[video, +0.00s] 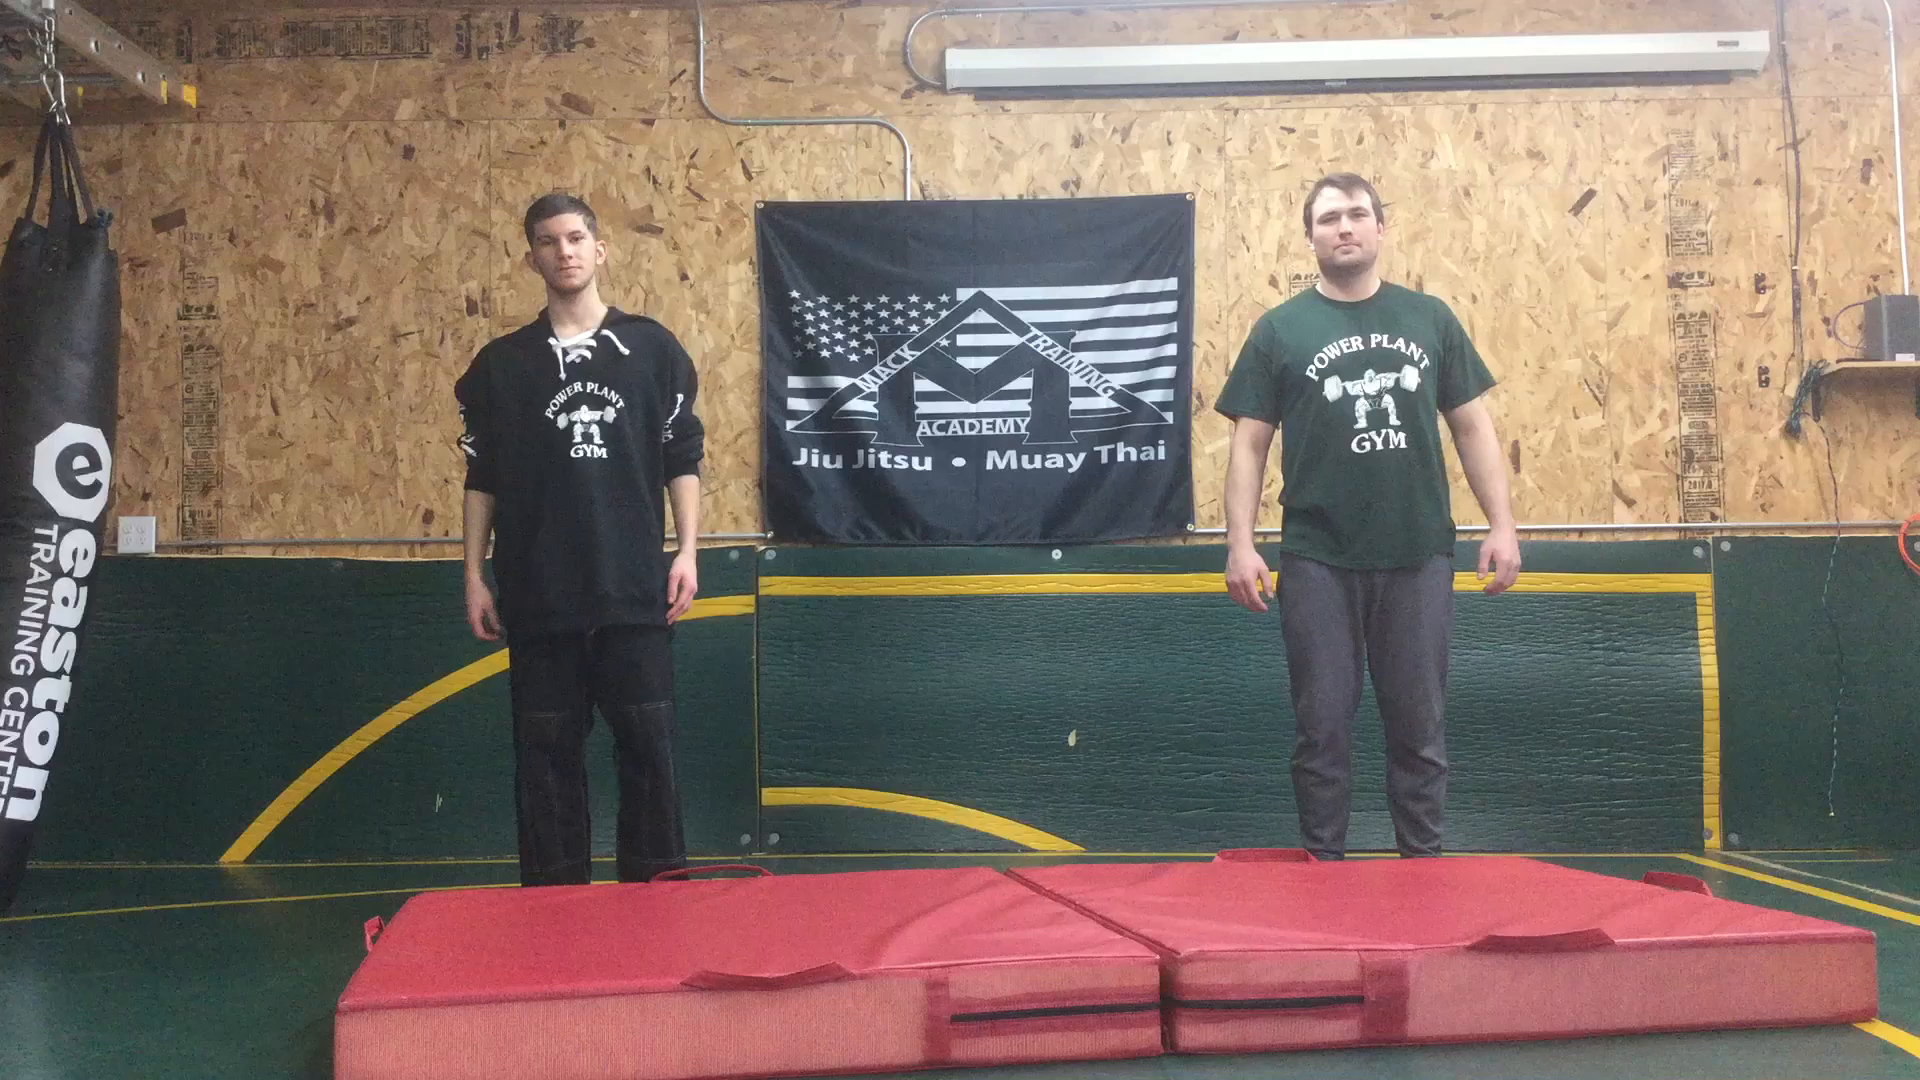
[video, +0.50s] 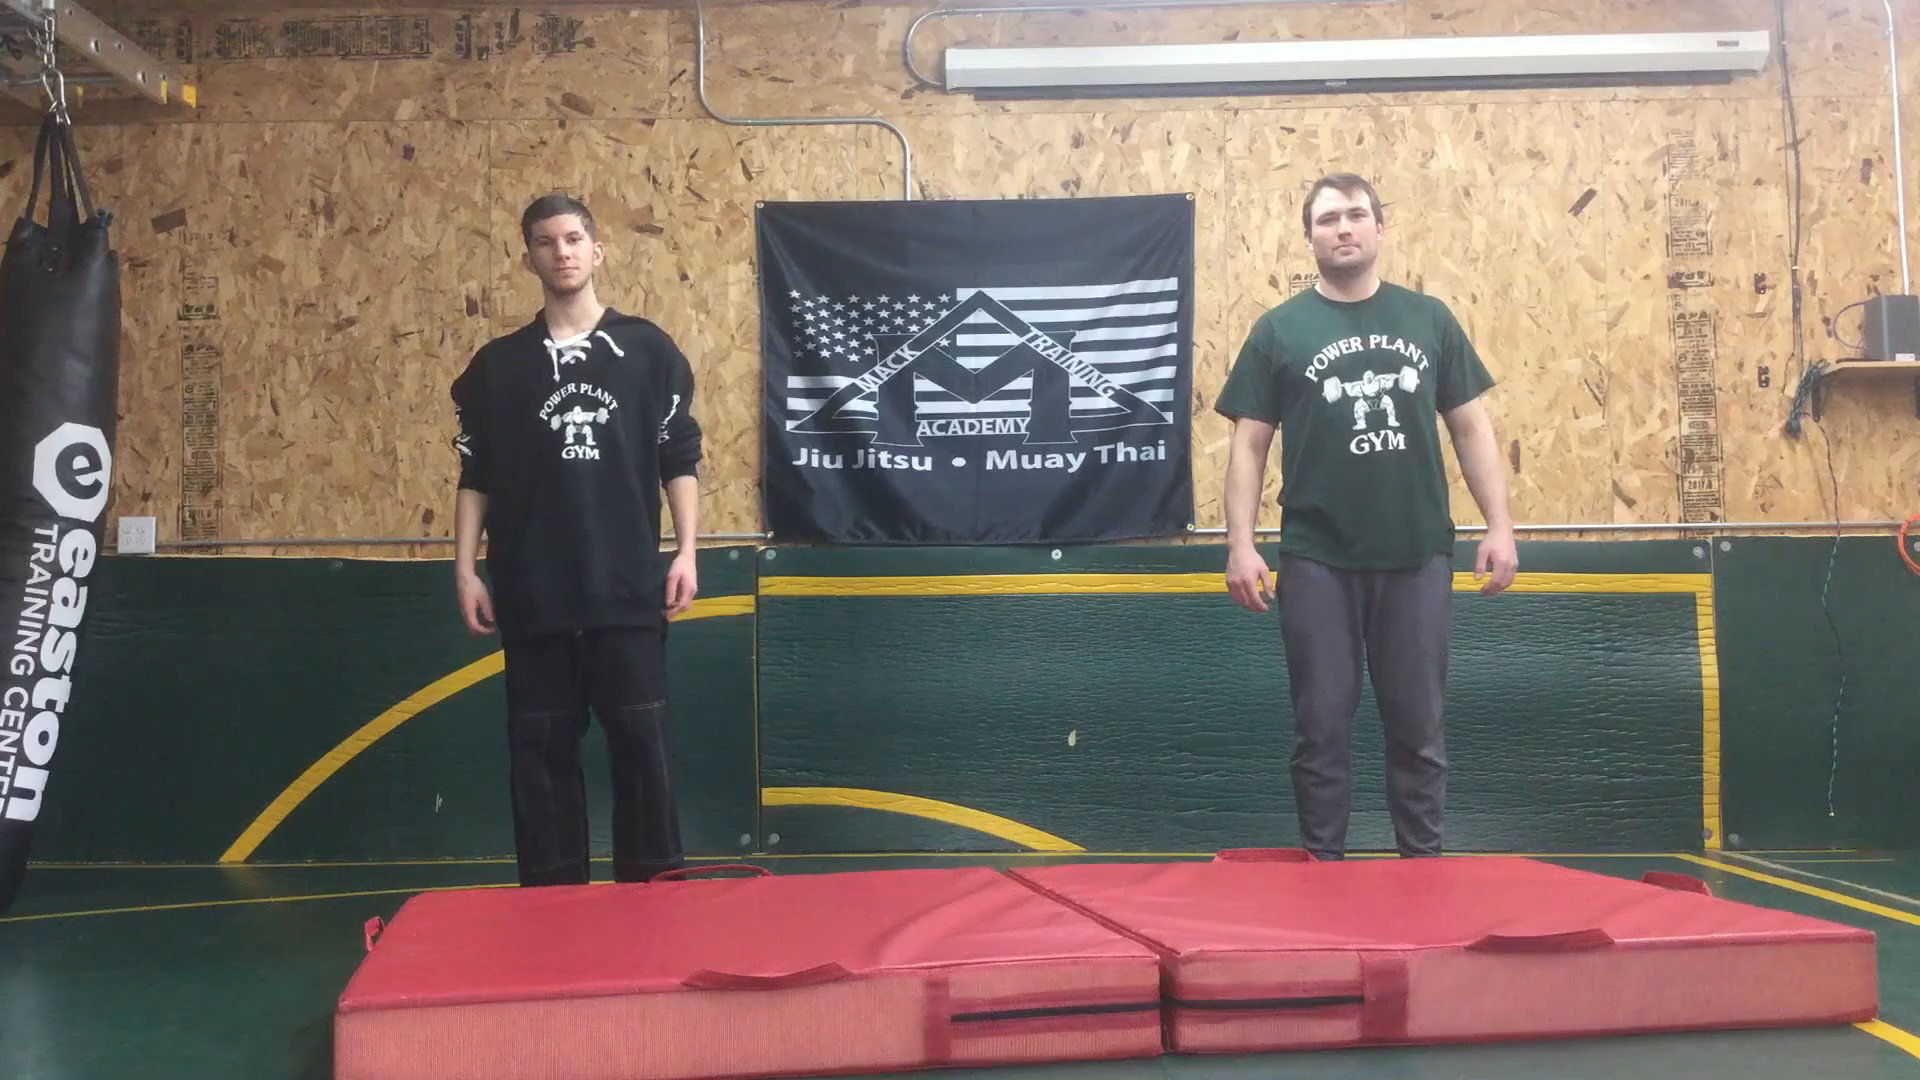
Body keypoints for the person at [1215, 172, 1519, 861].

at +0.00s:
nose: (1344, 227)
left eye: (1356, 215)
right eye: (1329, 219)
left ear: (1382, 228)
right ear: (1311, 239)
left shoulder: (1429, 318)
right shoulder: (1281, 329)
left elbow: (1470, 424)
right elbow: (1249, 440)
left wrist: (1502, 524)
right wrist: (1240, 543)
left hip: (1417, 551)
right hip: (1317, 553)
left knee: (1419, 723)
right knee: (1321, 722)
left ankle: (1424, 866)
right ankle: (1322, 867)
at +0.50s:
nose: (1343, 228)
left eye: (1355, 216)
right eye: (1328, 220)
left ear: (1381, 228)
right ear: (1310, 239)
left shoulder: (1428, 319)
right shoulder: (1280, 331)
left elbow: (1469, 425)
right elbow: (1249, 443)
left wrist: (1500, 525)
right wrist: (1241, 542)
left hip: (1416, 553)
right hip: (1317, 555)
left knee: (1418, 725)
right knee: (1321, 723)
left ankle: (1423, 867)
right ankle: (1322, 868)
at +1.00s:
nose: (1339, 225)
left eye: (1352, 214)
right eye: (1324, 218)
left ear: (1378, 229)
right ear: (1306, 239)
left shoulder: (1426, 316)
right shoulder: (1278, 329)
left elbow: (1470, 423)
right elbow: (1246, 444)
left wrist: (1502, 523)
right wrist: (1239, 544)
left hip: (1417, 553)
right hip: (1317, 555)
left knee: (1418, 725)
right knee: (1321, 724)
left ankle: (1423, 869)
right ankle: (1322, 869)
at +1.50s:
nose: (1339, 227)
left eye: (1350, 215)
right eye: (1323, 220)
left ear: (1377, 228)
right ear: (1306, 240)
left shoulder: (1427, 318)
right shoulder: (1278, 330)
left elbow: (1467, 425)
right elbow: (1248, 444)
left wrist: (1499, 521)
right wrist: (1243, 544)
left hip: (1417, 554)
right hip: (1316, 556)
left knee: (1418, 729)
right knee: (1321, 727)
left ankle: (1422, 871)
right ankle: (1323, 873)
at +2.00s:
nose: (1342, 233)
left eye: (1353, 219)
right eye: (1325, 224)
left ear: (1378, 228)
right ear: (1307, 240)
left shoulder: (1428, 318)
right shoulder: (1279, 331)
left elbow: (1469, 425)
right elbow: (1249, 446)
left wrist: (1500, 525)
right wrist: (1245, 546)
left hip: (1416, 553)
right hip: (1317, 556)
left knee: (1418, 726)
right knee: (1322, 725)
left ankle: (1423, 869)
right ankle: (1323, 870)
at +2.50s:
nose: (1342, 231)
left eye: (1353, 218)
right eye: (1326, 222)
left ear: (1377, 228)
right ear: (1307, 239)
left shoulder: (1428, 318)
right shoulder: (1278, 331)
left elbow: (1469, 426)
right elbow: (1247, 445)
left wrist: (1498, 527)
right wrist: (1246, 546)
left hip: (1418, 555)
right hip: (1317, 557)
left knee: (1419, 727)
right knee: (1322, 726)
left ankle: (1423, 869)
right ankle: (1323, 870)